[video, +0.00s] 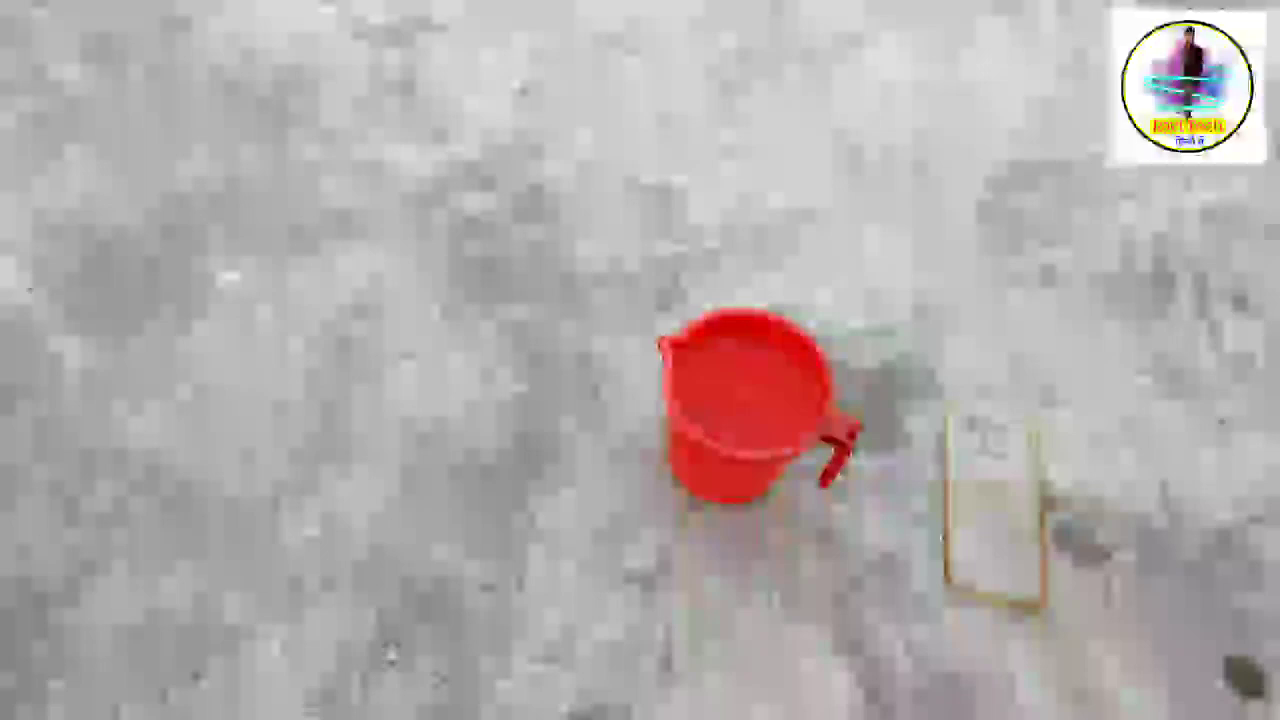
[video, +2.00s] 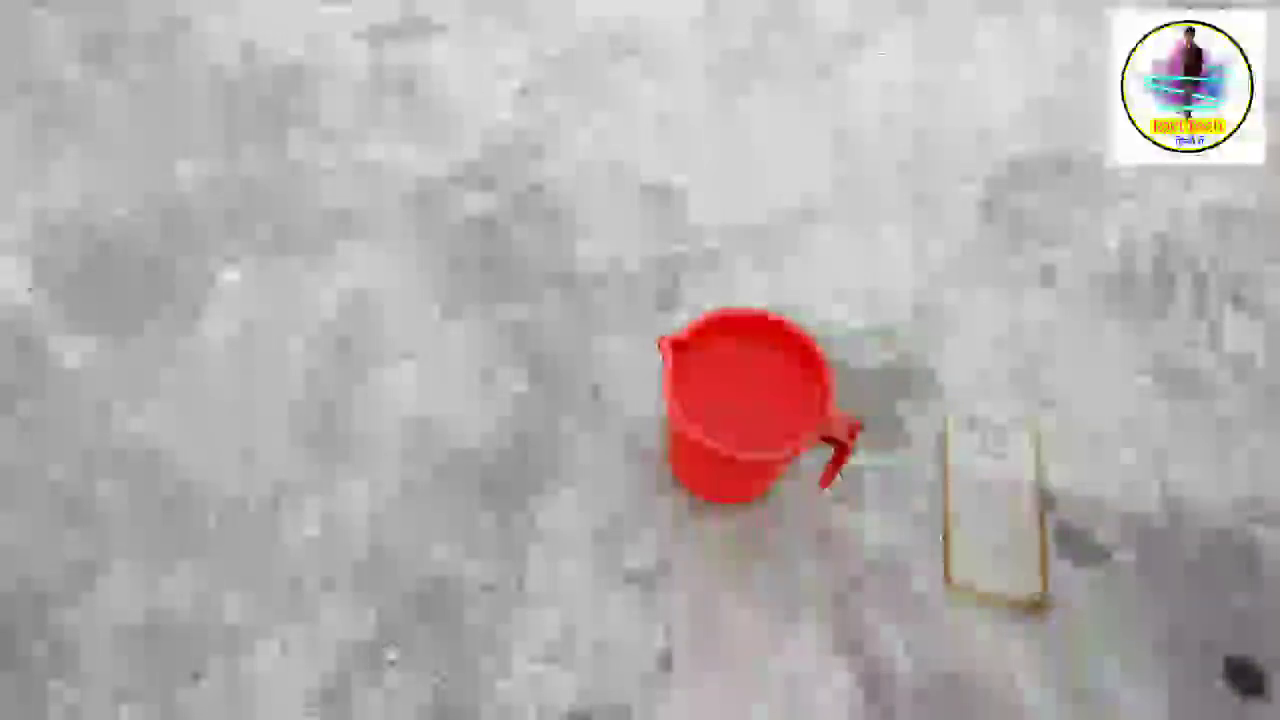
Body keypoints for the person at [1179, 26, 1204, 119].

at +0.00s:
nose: (1188, 38)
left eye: (1190, 35)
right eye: (1186, 35)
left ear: (1193, 36)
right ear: (1184, 36)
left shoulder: (1198, 50)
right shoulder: (1182, 49)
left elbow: (1199, 64)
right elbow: (1178, 62)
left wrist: (1198, 74)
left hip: (1194, 74)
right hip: (1184, 74)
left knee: (1191, 92)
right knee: (1185, 92)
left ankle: (1189, 111)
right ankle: (1186, 111)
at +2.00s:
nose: (1188, 38)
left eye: (1190, 36)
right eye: (1187, 35)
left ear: (1193, 36)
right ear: (1184, 36)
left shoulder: (1197, 50)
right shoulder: (1181, 49)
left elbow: (1199, 64)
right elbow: (1175, 61)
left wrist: (1197, 74)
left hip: (1193, 74)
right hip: (1183, 74)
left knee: (1190, 93)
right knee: (1185, 93)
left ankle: (1188, 112)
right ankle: (1186, 112)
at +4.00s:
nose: (1188, 37)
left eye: (1190, 35)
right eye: (1186, 35)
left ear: (1193, 36)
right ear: (1184, 36)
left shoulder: (1197, 50)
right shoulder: (1183, 48)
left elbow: (1198, 66)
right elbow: (1181, 61)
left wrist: (1196, 79)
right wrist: (1180, 72)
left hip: (1191, 75)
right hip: (1183, 73)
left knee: (1188, 94)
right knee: (1185, 93)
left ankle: (1188, 113)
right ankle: (1186, 112)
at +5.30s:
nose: (1187, 37)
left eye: (1189, 35)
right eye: (1185, 35)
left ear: (1193, 36)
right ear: (1183, 36)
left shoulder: (1197, 50)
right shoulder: (1183, 48)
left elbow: (1198, 67)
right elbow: (1182, 62)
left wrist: (1194, 81)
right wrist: (1181, 73)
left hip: (1190, 76)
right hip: (1183, 75)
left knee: (1187, 98)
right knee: (1185, 97)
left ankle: (1188, 117)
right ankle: (1186, 114)